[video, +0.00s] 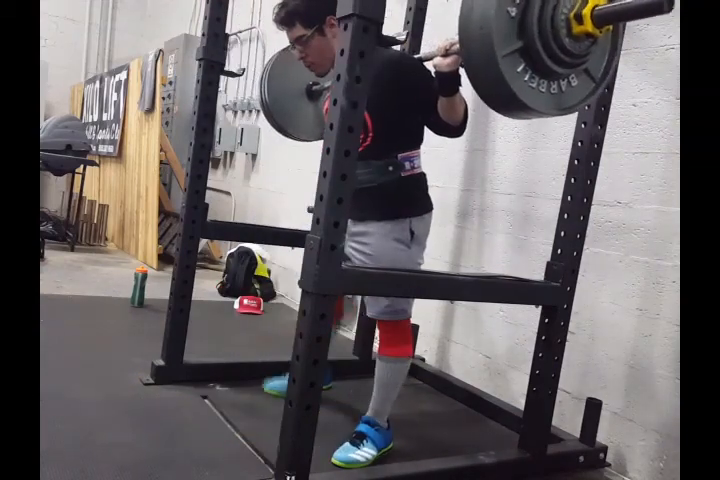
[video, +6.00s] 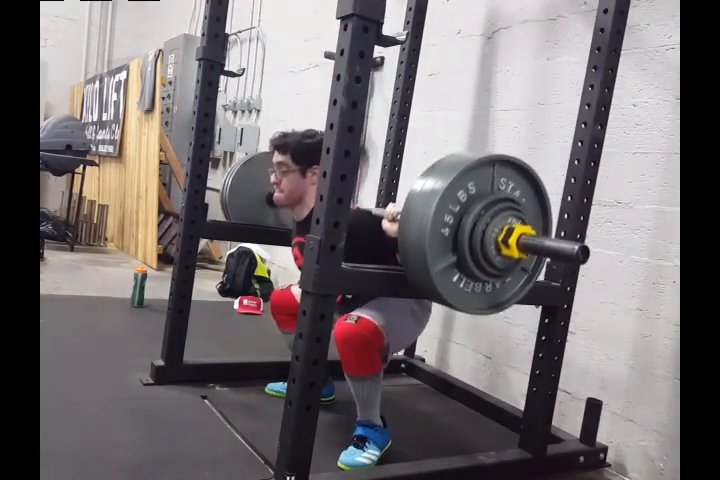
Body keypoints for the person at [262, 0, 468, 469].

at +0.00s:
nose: (299, 55)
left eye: (302, 43)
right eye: (293, 46)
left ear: (334, 28)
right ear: (327, 31)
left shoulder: (393, 66)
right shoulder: (336, 77)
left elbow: (453, 125)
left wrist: (447, 76)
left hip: (394, 216)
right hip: (343, 212)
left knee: (391, 318)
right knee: (322, 299)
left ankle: (376, 425)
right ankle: (312, 371)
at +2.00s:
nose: (300, 22)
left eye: (309, 13)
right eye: (300, 14)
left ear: (339, 20)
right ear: (322, 24)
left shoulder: (387, 74)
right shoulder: (327, 82)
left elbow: (436, 132)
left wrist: (429, 85)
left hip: (381, 212)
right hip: (334, 211)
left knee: (382, 311)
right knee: (330, 300)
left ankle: (375, 423)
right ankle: (318, 379)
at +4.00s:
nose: (310, 33)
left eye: (316, 22)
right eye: (308, 24)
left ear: (348, 20)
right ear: (330, 26)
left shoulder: (391, 78)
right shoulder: (333, 79)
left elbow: (437, 136)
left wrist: (434, 88)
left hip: (383, 218)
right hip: (335, 214)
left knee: (382, 313)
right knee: (331, 302)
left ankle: (376, 424)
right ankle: (318, 380)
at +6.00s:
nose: (273, 180)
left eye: (282, 172)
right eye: (273, 171)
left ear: (313, 177)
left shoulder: (354, 225)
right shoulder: (302, 225)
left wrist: (402, 229)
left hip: (402, 295)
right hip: (352, 292)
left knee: (353, 333)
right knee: (284, 302)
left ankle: (372, 428)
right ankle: (315, 383)